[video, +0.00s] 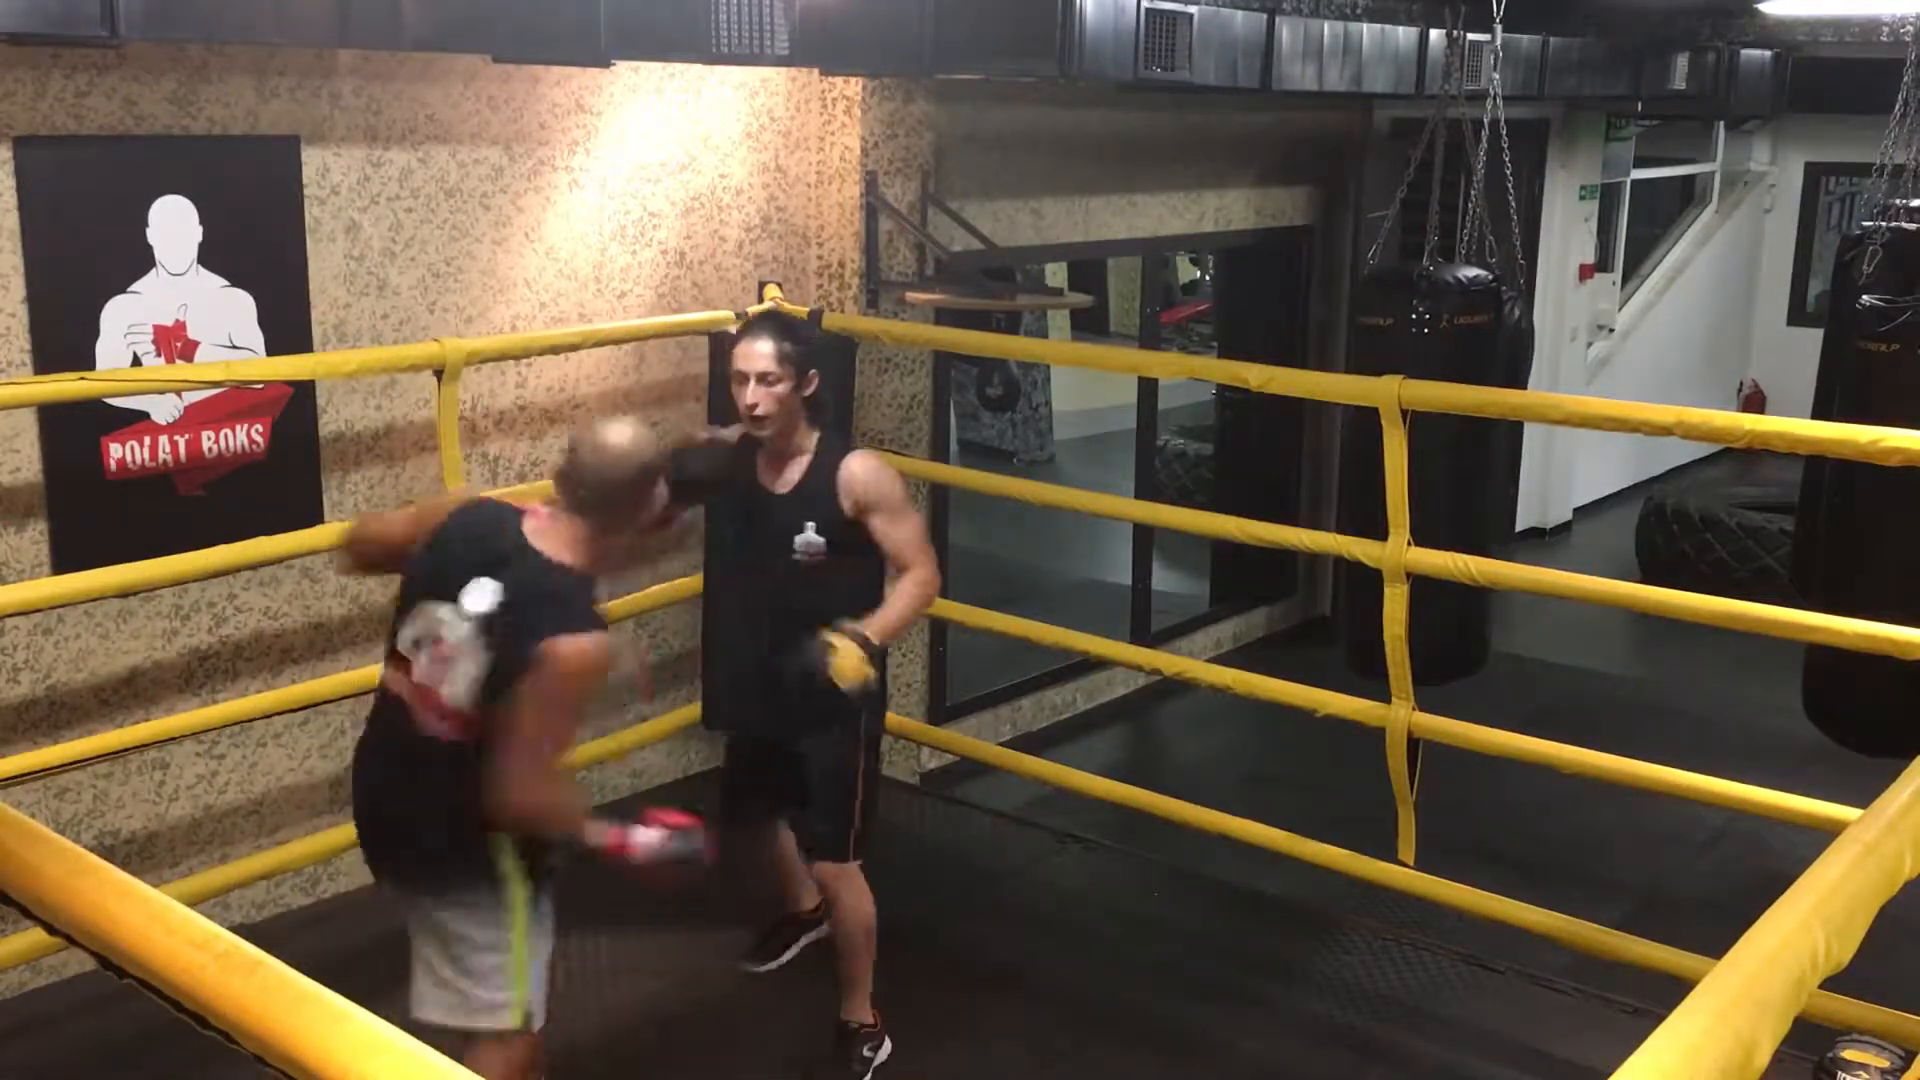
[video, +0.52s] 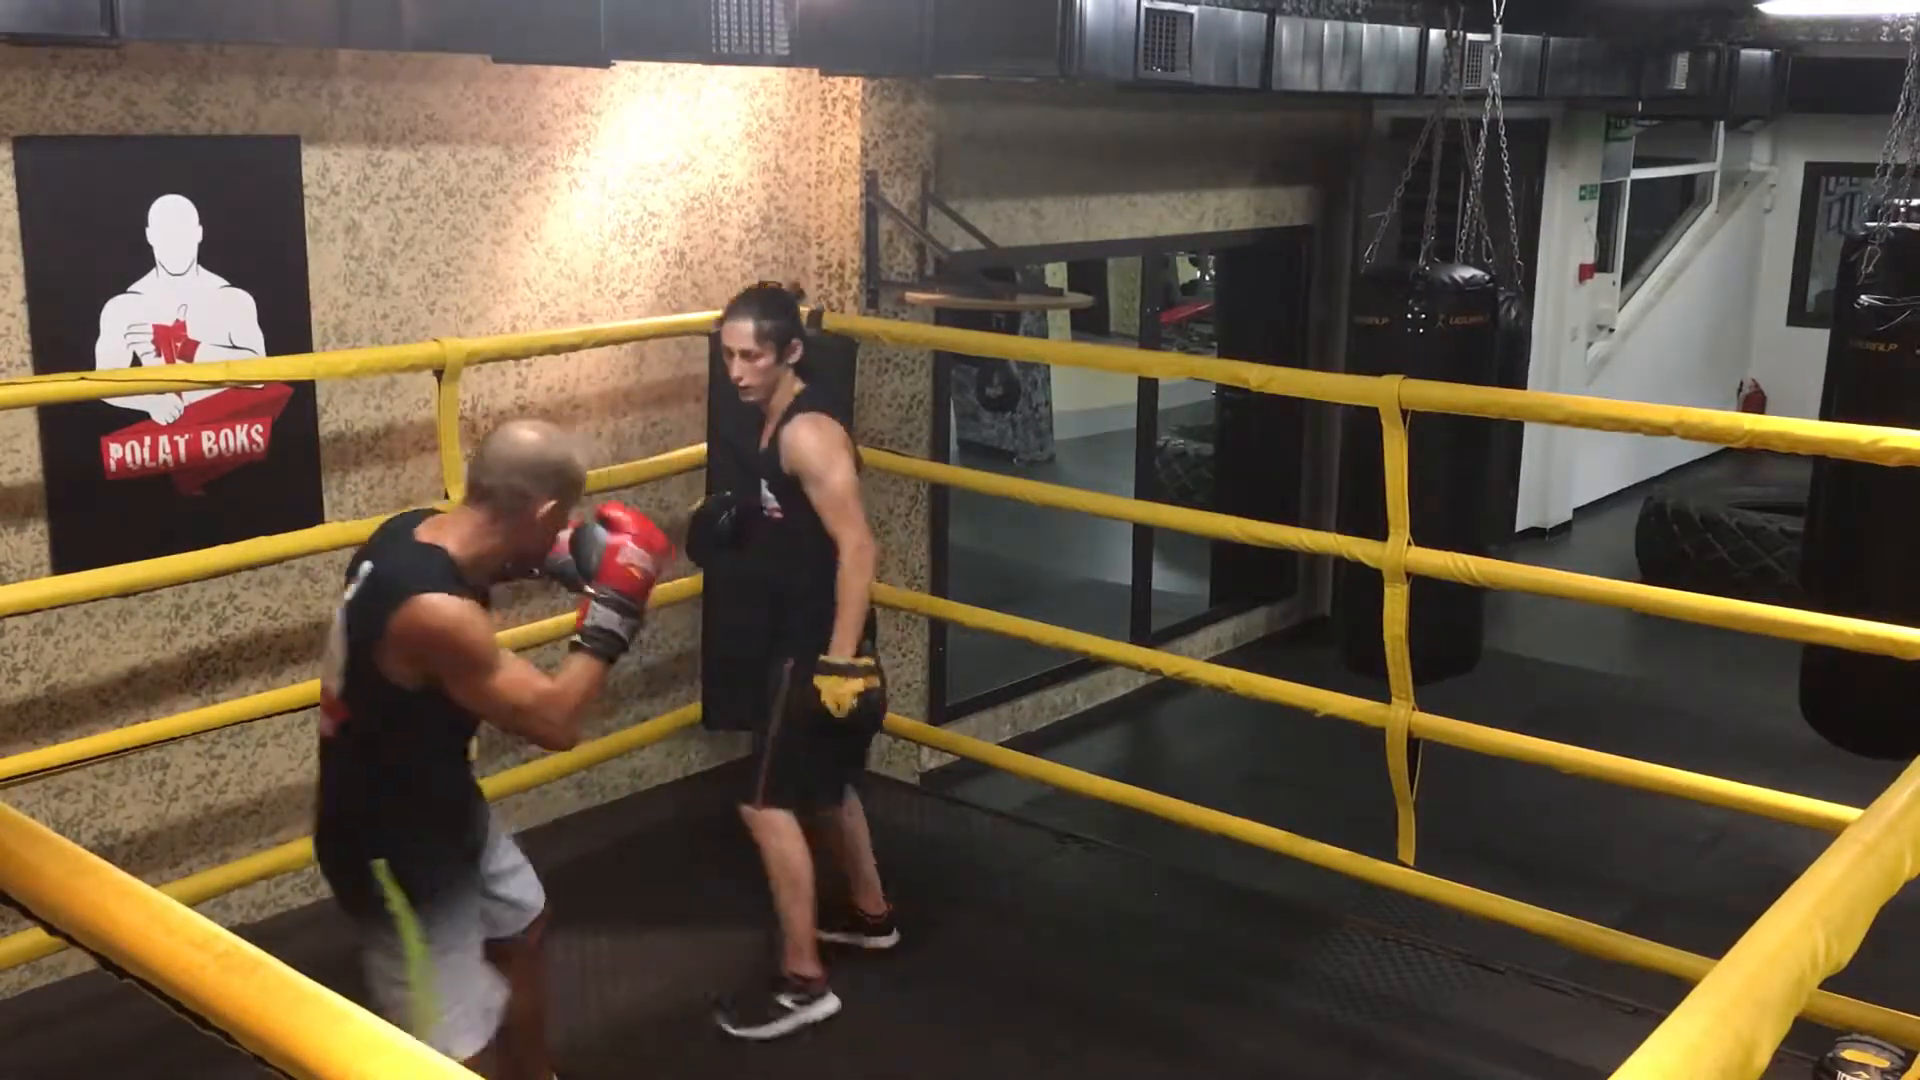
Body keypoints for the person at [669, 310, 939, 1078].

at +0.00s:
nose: (748, 398)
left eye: (764, 382)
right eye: (740, 382)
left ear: (805, 387)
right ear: (732, 388)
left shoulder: (858, 474)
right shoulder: (730, 466)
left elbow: (920, 574)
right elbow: (642, 526)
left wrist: (865, 640)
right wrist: (674, 477)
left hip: (831, 694)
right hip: (750, 689)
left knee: (831, 861)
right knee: (754, 819)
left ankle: (860, 1018)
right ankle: (804, 908)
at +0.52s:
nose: (734, 369)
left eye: (747, 355)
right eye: (728, 355)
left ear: (789, 354)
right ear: (733, 354)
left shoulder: (809, 435)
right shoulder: (774, 427)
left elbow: (858, 546)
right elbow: (790, 531)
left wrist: (841, 659)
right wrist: (727, 532)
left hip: (813, 649)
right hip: (799, 637)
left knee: (768, 806)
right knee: (829, 788)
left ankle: (803, 981)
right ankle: (871, 913)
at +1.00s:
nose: (638, 394)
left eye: (652, 376)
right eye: (627, 378)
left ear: (687, 369)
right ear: (617, 375)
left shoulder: (713, 451)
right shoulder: (643, 429)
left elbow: (745, 567)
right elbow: (647, 506)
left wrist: (670, 647)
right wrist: (619, 542)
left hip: (719, 638)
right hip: (674, 625)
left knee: (656, 781)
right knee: (642, 763)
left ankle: (653, 929)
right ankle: (707, 888)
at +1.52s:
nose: (619, 422)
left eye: (632, 406)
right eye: (610, 407)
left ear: (673, 396)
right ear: (606, 403)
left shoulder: (722, 456)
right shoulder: (621, 469)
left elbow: (736, 554)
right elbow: (606, 576)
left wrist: (668, 501)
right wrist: (615, 541)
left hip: (721, 670)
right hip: (654, 661)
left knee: (720, 844)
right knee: (608, 802)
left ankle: (763, 1032)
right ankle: (635, 915)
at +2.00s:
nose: (623, 436)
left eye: (637, 419)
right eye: (616, 419)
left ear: (688, 410)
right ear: (615, 415)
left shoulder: (744, 481)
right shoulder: (669, 487)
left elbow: (750, 592)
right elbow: (677, 569)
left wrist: (702, 524)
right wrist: (625, 575)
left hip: (763, 711)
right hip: (715, 705)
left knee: (752, 903)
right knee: (681, 853)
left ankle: (806, 1069)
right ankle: (775, 985)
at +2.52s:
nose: (679, 453)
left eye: (691, 438)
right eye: (674, 438)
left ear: (747, 430)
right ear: (727, 429)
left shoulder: (809, 495)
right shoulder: (709, 490)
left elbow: (793, 627)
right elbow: (695, 612)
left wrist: (701, 573)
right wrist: (662, 579)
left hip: (798, 721)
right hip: (738, 711)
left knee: (766, 917)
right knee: (758, 862)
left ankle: (808, 1073)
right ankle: (816, 976)